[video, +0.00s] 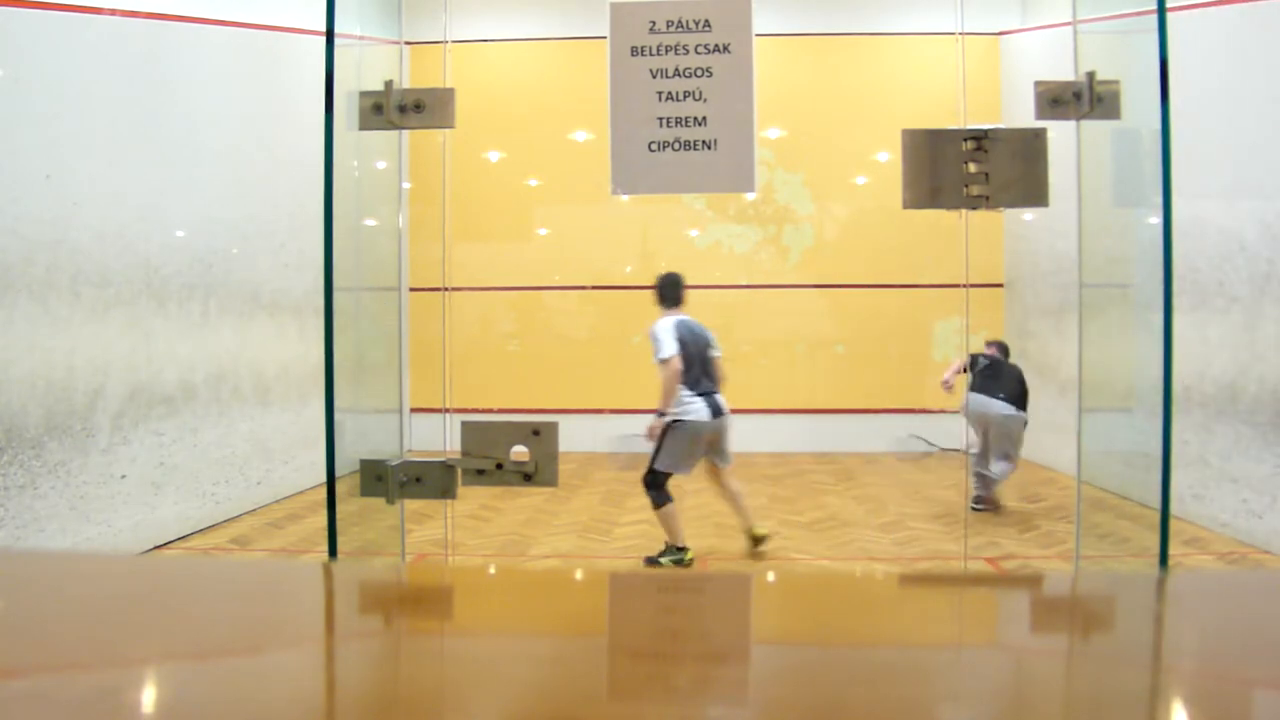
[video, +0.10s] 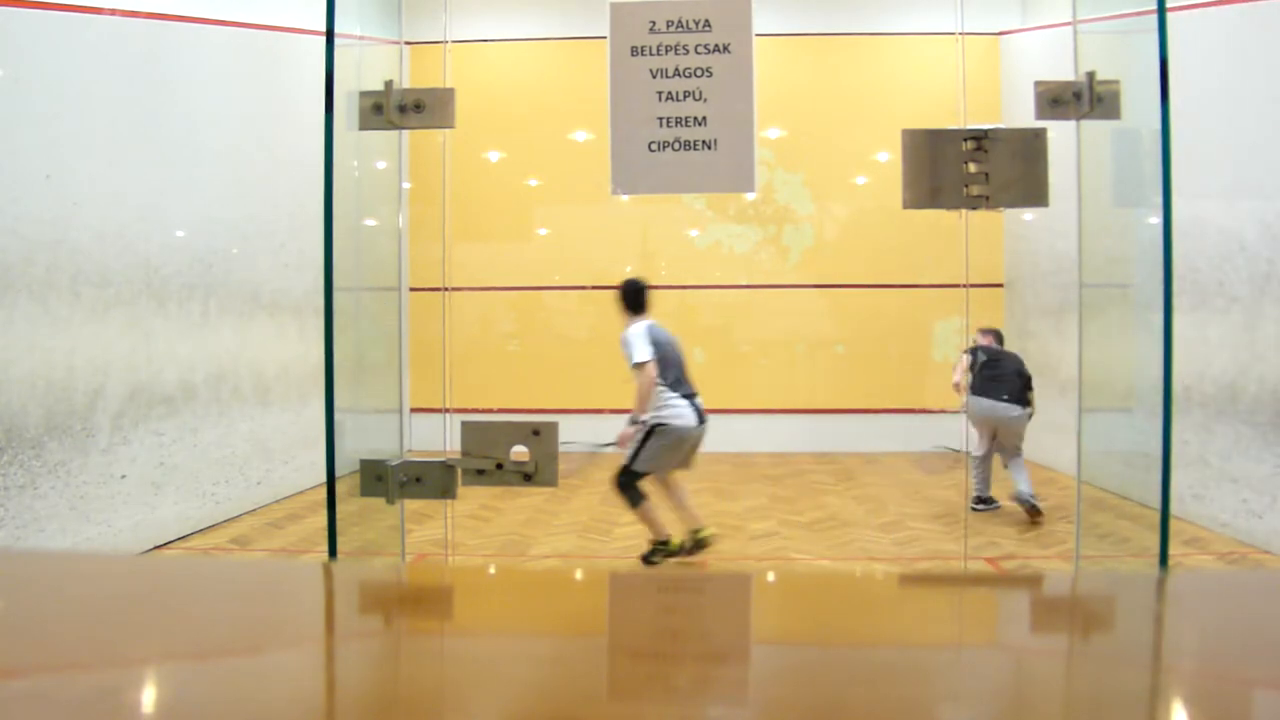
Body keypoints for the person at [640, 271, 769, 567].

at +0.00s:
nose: (660, 299)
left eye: (657, 294)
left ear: (658, 297)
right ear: (683, 297)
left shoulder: (663, 327)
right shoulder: (702, 329)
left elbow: (674, 368)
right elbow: (718, 374)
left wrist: (661, 415)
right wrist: (700, 398)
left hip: (688, 415)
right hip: (717, 412)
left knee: (654, 480)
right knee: (718, 471)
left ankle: (677, 547)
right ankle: (752, 530)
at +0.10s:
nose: (620, 306)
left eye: (620, 301)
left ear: (623, 304)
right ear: (646, 302)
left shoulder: (636, 332)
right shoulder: (660, 330)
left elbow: (649, 376)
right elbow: (674, 377)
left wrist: (634, 423)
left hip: (669, 420)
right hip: (694, 419)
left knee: (625, 480)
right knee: (661, 473)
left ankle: (662, 539)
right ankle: (697, 530)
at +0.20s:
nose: (579, 331)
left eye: (580, 325)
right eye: (580, 324)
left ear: (585, 326)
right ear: (604, 322)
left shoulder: (603, 352)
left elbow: (625, 397)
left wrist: (621, 446)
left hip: (649, 439)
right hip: (667, 436)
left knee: (584, 485)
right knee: (636, 494)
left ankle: (606, 549)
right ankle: (677, 548)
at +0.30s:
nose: (525, 348)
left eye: (526, 341)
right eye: (524, 341)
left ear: (537, 341)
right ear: (547, 338)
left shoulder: (558, 363)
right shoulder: (563, 362)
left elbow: (597, 400)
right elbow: (574, 414)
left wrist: (606, 451)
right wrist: (552, 446)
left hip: (613, 449)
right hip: (627, 445)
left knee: (547, 495)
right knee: (624, 503)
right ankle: (675, 546)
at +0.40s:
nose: (468, 356)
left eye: (470, 348)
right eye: (468, 348)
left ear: (485, 345)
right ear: (485, 345)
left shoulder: (518, 369)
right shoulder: (508, 374)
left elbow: (558, 411)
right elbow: (521, 422)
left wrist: (562, 468)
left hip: (568, 463)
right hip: (556, 461)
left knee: (505, 517)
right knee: (564, 514)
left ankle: (498, 581)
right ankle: (626, 530)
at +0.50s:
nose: (415, 357)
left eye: (419, 347)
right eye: (415, 348)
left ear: (436, 344)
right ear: (435, 345)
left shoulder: (479, 369)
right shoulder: (445, 386)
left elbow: (520, 416)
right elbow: (446, 436)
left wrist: (509, 481)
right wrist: (443, 473)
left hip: (516, 468)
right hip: (486, 468)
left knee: (481, 539)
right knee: (471, 534)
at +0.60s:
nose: (365, 347)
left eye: (369, 336)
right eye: (364, 337)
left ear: (388, 332)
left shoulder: (426, 357)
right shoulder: (400, 376)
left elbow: (482, 392)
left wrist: (475, 443)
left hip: (471, 462)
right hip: (439, 459)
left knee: (463, 545)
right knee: (371, 522)